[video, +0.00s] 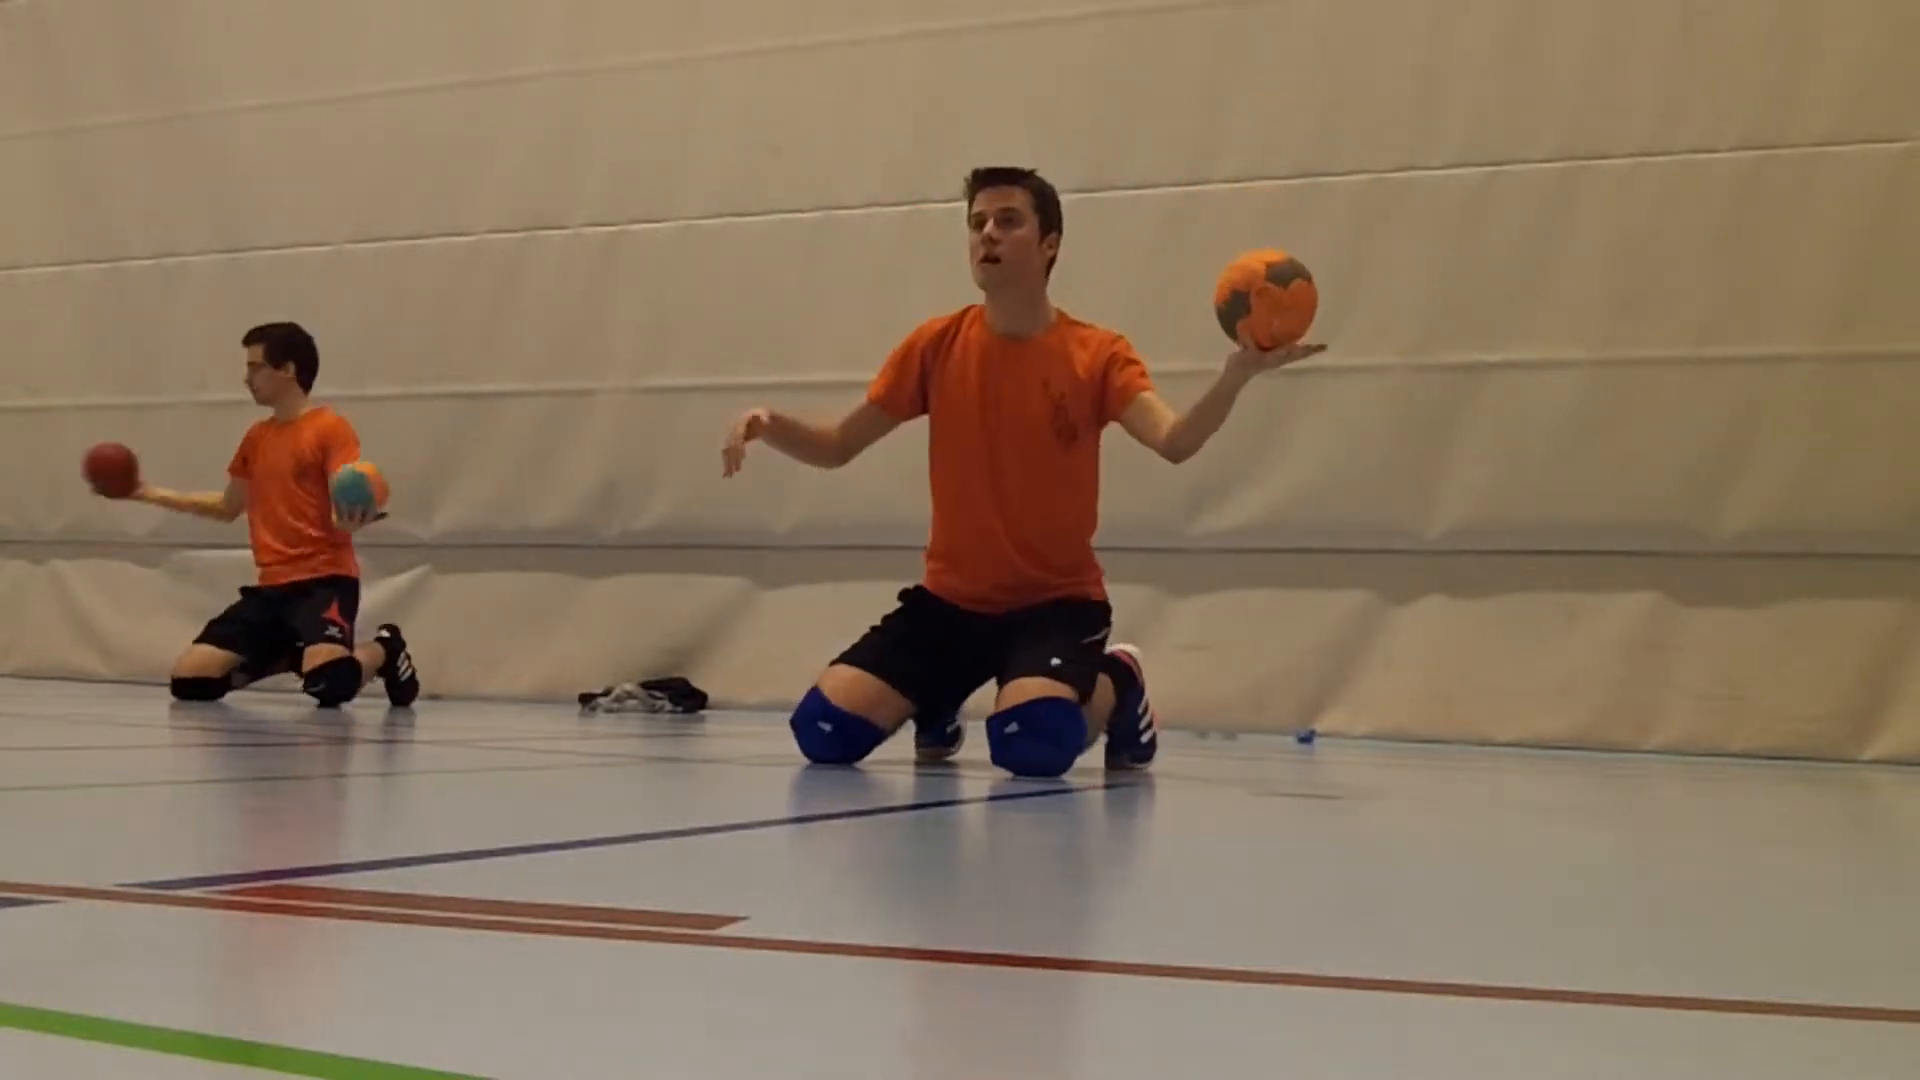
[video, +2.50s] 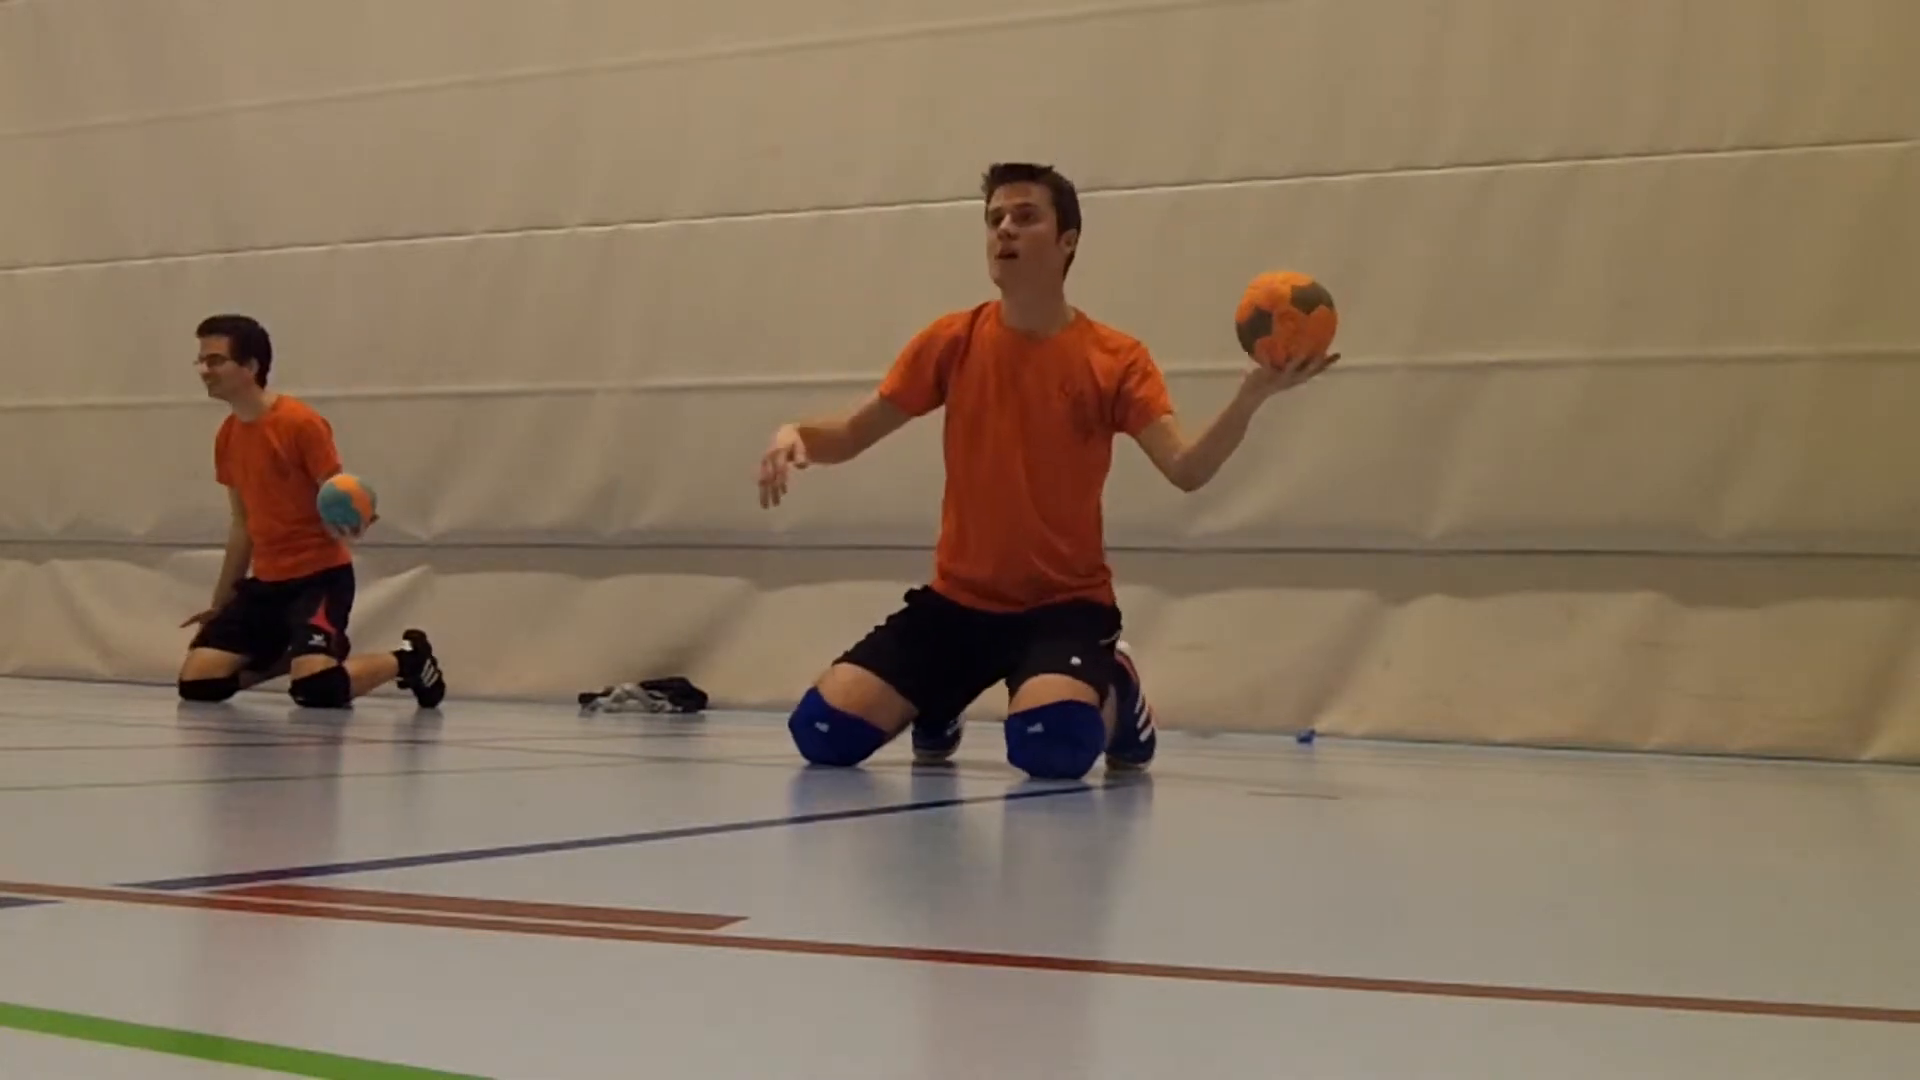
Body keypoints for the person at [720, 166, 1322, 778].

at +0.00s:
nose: (988, 235)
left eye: (1009, 221)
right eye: (978, 224)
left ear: (1050, 247)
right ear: (966, 246)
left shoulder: (1094, 356)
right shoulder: (938, 347)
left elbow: (1177, 441)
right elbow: (836, 444)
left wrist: (1238, 368)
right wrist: (772, 423)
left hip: (1056, 603)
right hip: (949, 601)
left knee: (1029, 750)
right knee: (821, 736)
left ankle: (1118, 684)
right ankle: (936, 690)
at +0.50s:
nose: (999, 229)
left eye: (1019, 217)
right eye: (988, 218)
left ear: (1056, 241)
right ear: (974, 239)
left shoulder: (1093, 355)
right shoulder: (936, 334)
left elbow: (1158, 449)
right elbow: (853, 440)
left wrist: (1216, 381)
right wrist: (793, 430)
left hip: (1037, 600)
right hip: (930, 594)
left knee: (1029, 751)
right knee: (785, 735)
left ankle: (1105, 687)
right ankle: (924, 682)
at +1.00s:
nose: (953, 239)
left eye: (971, 223)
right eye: (944, 229)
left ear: (1017, 243)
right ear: (938, 248)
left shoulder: (1071, 348)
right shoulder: (924, 343)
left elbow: (1118, 465)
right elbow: (914, 439)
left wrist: (1149, 396)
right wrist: (868, 431)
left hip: (1044, 600)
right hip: (940, 596)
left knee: (1050, 752)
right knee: (803, 734)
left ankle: (1106, 684)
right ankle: (925, 692)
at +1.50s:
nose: (963, 253)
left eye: (981, 235)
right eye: (955, 240)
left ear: (1028, 249)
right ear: (948, 254)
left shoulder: (1064, 341)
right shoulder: (965, 353)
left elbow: (1074, 437)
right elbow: (964, 482)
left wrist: (1076, 328)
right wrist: (899, 439)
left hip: (1028, 607)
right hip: (930, 605)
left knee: (1049, 753)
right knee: (790, 731)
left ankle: (1096, 685)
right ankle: (928, 689)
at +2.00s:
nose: (1015, 203)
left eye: (1037, 194)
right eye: (1006, 192)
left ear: (1071, 224)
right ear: (989, 216)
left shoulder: (1098, 335)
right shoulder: (951, 297)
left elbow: (1161, 427)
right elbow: (853, 225)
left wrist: (1194, 330)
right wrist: (847, 135)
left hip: (1054, 589)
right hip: (946, 581)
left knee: (1050, 751)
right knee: (808, 737)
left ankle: (1108, 684)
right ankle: (934, 683)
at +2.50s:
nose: (1004, 231)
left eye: (1024, 217)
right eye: (994, 220)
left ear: (1067, 243)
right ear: (982, 240)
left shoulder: (1111, 359)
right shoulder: (953, 342)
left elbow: (1187, 468)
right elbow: (852, 433)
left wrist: (1253, 392)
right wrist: (795, 436)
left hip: (1065, 607)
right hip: (958, 601)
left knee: (1047, 753)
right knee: (821, 737)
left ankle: (1115, 691)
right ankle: (938, 689)